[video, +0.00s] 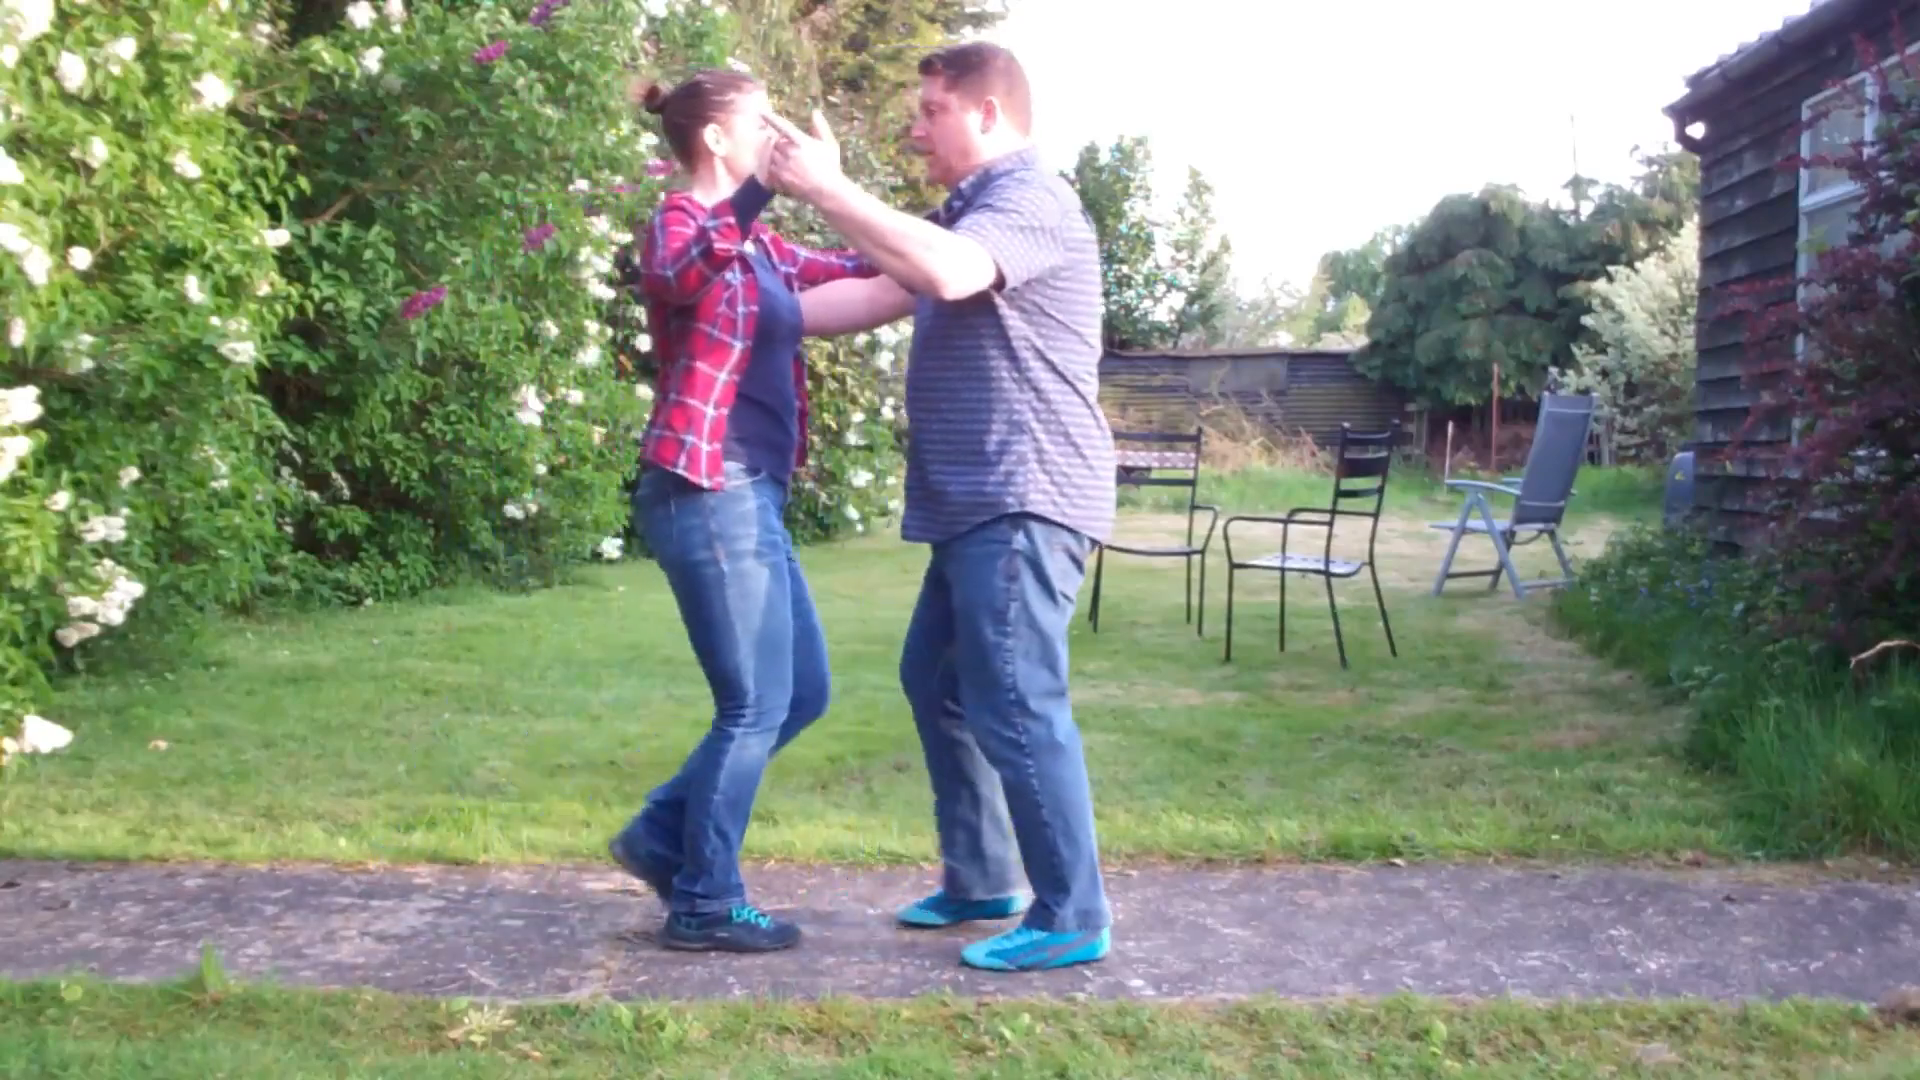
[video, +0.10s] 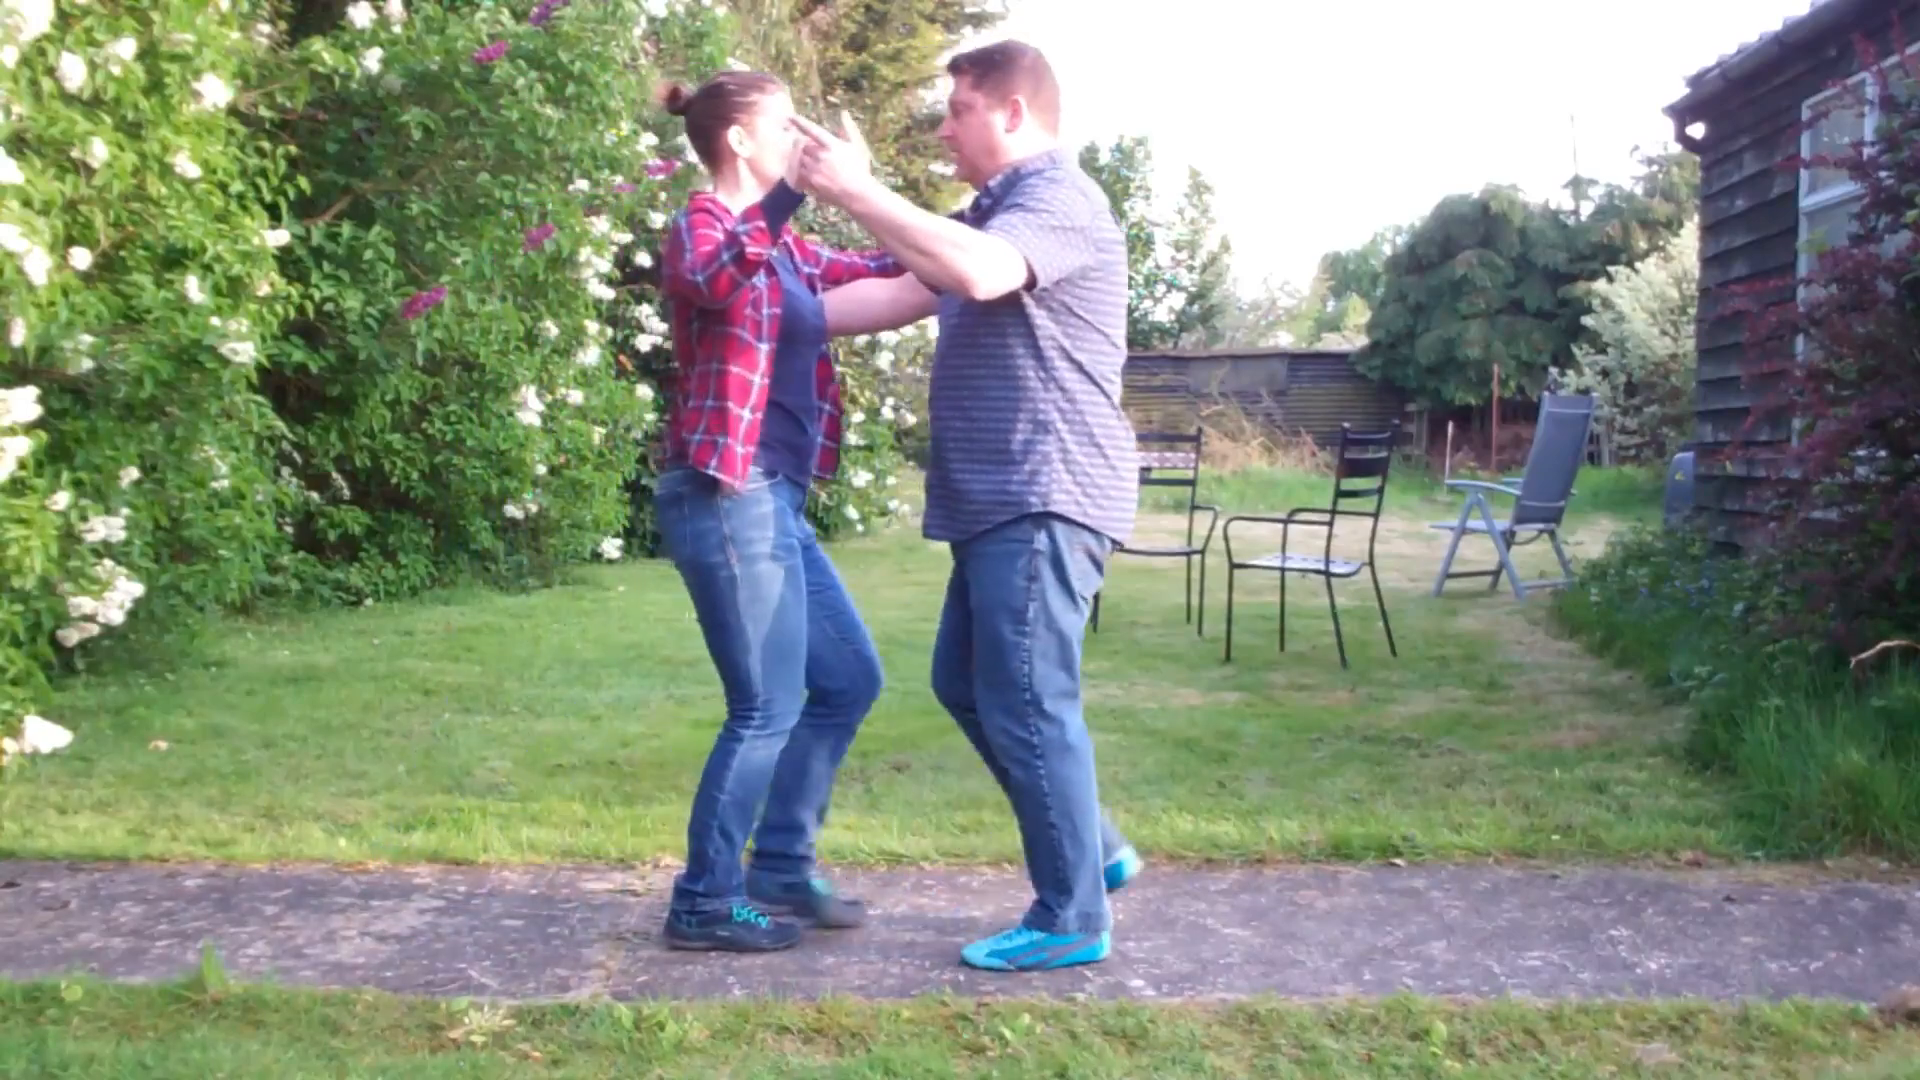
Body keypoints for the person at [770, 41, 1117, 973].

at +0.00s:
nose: (914, 128)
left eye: (928, 111)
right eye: (916, 113)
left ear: (985, 111)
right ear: (978, 114)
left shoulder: (1033, 198)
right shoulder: (969, 214)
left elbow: (948, 268)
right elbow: (870, 292)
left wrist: (827, 188)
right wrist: (739, 308)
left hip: (1029, 499)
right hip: (976, 504)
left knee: (1016, 704)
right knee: (934, 679)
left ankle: (1074, 917)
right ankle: (984, 883)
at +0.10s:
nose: (943, 128)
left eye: (955, 111)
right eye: (945, 113)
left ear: (1010, 110)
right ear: (1005, 114)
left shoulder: (1063, 199)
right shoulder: (994, 213)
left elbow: (978, 268)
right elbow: (896, 289)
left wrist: (856, 189)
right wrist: (764, 312)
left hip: (1048, 499)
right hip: (998, 503)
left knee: (1028, 703)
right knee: (964, 682)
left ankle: (1070, 920)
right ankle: (1093, 846)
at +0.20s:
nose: (968, 123)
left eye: (982, 107)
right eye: (971, 107)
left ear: (1034, 109)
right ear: (1034, 111)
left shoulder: (1081, 197)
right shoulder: (1018, 212)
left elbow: (1005, 267)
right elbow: (916, 286)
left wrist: (881, 188)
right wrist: (782, 310)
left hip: (1065, 493)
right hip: (1017, 496)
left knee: (1044, 699)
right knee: (1031, 692)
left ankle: (1074, 919)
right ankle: (1167, 841)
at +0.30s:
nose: (988, 124)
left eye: (1000, 105)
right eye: (990, 106)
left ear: (1052, 106)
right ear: (1055, 108)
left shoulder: (1100, 195)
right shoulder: (1040, 208)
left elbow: (1022, 264)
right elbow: (935, 288)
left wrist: (898, 185)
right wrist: (802, 308)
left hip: (1079, 494)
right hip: (1046, 495)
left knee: (1055, 709)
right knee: (1101, 699)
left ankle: (1071, 921)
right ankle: (1215, 869)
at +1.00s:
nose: (891, 143)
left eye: (898, 122)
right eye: (888, 125)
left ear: (950, 109)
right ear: (954, 113)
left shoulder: (1001, 186)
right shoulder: (955, 202)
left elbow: (900, 254)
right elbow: (845, 289)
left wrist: (766, 183)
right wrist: (712, 305)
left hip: (986, 489)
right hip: (944, 493)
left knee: (977, 698)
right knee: (905, 667)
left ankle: (1012, 913)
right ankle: (1011, 844)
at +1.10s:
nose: (858, 146)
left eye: (865, 126)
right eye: (854, 129)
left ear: (915, 114)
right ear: (921, 117)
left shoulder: (968, 195)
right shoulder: (923, 208)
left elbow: (858, 252)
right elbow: (825, 291)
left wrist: (723, 174)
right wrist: (694, 297)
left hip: (959, 491)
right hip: (917, 494)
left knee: (959, 699)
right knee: (880, 678)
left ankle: (1011, 912)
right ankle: (880, 880)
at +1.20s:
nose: (826, 149)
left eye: (831, 130)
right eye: (823, 133)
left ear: (879, 118)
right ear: (893, 121)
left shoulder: (928, 199)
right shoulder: (900, 211)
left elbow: (809, 251)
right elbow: (790, 290)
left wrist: (690, 173)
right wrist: (670, 294)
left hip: (922, 496)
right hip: (893, 498)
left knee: (942, 706)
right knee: (866, 697)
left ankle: (1007, 906)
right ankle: (793, 874)